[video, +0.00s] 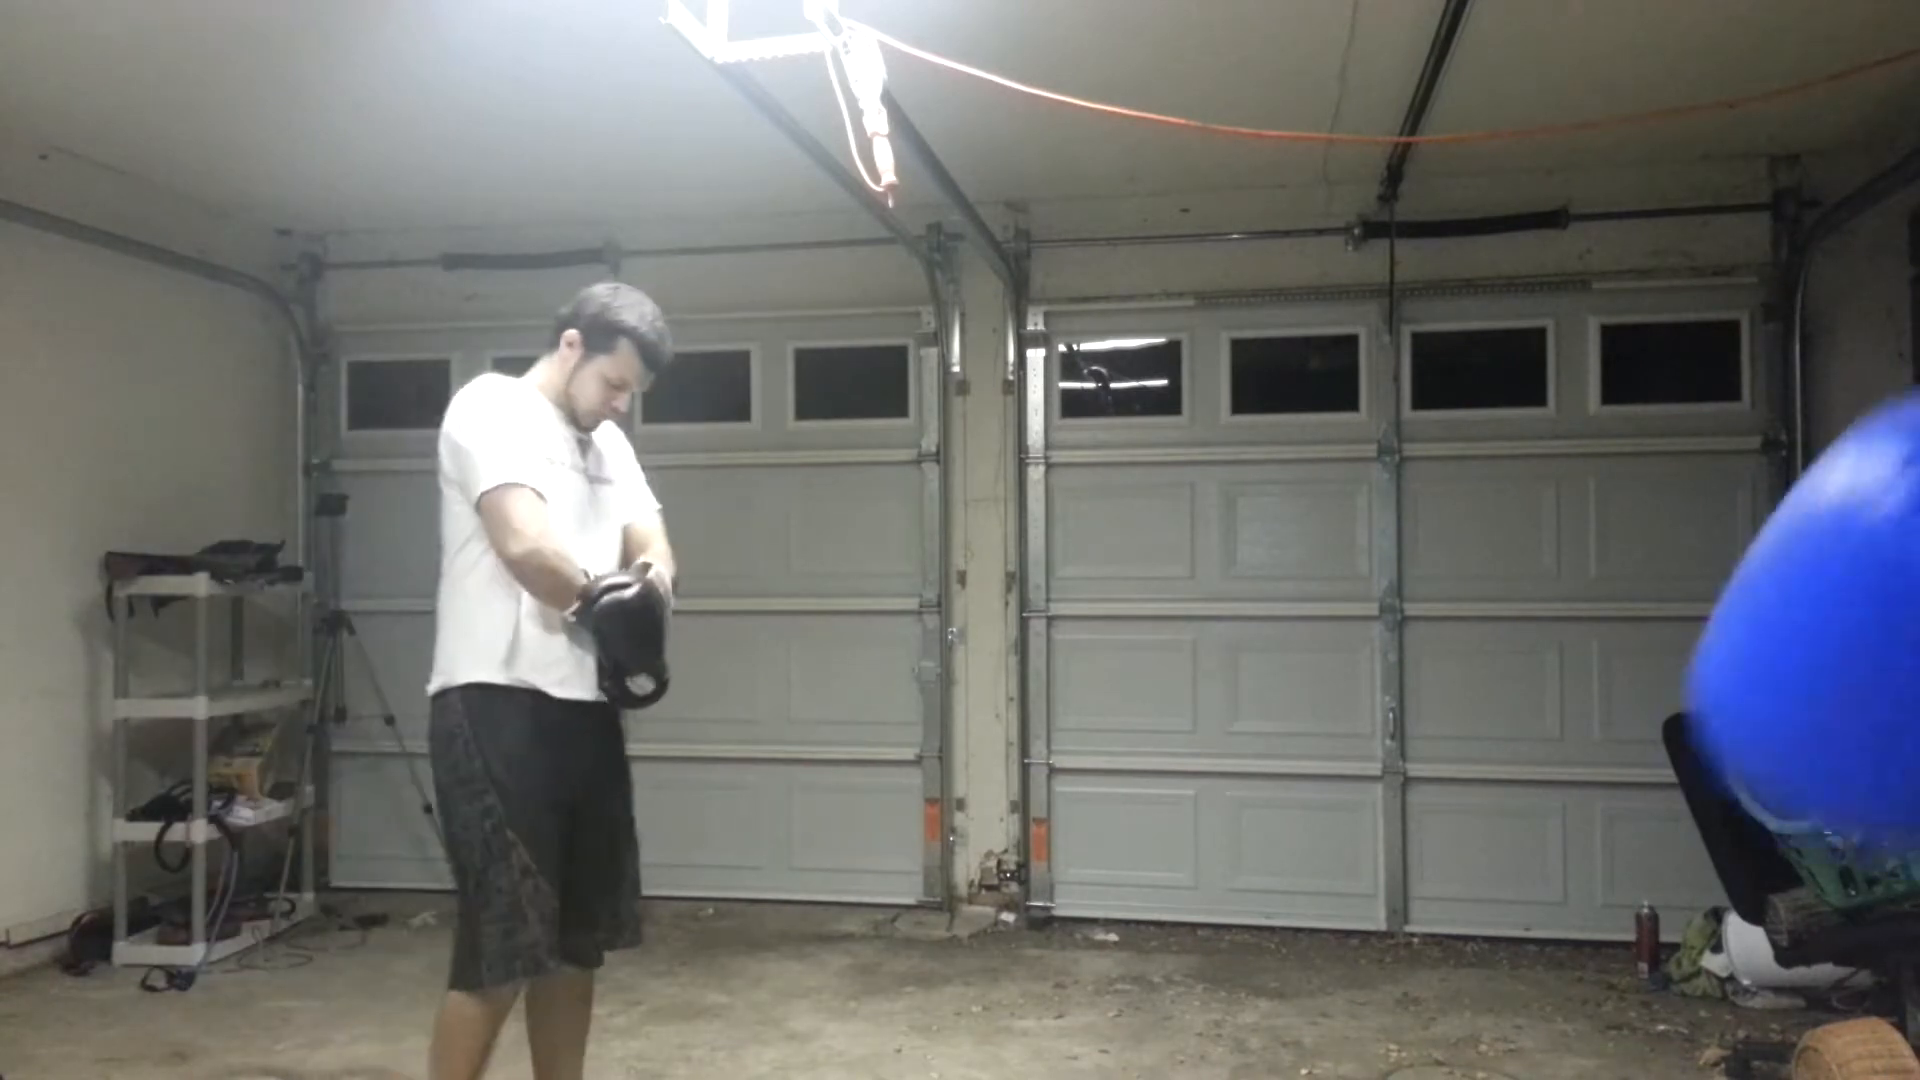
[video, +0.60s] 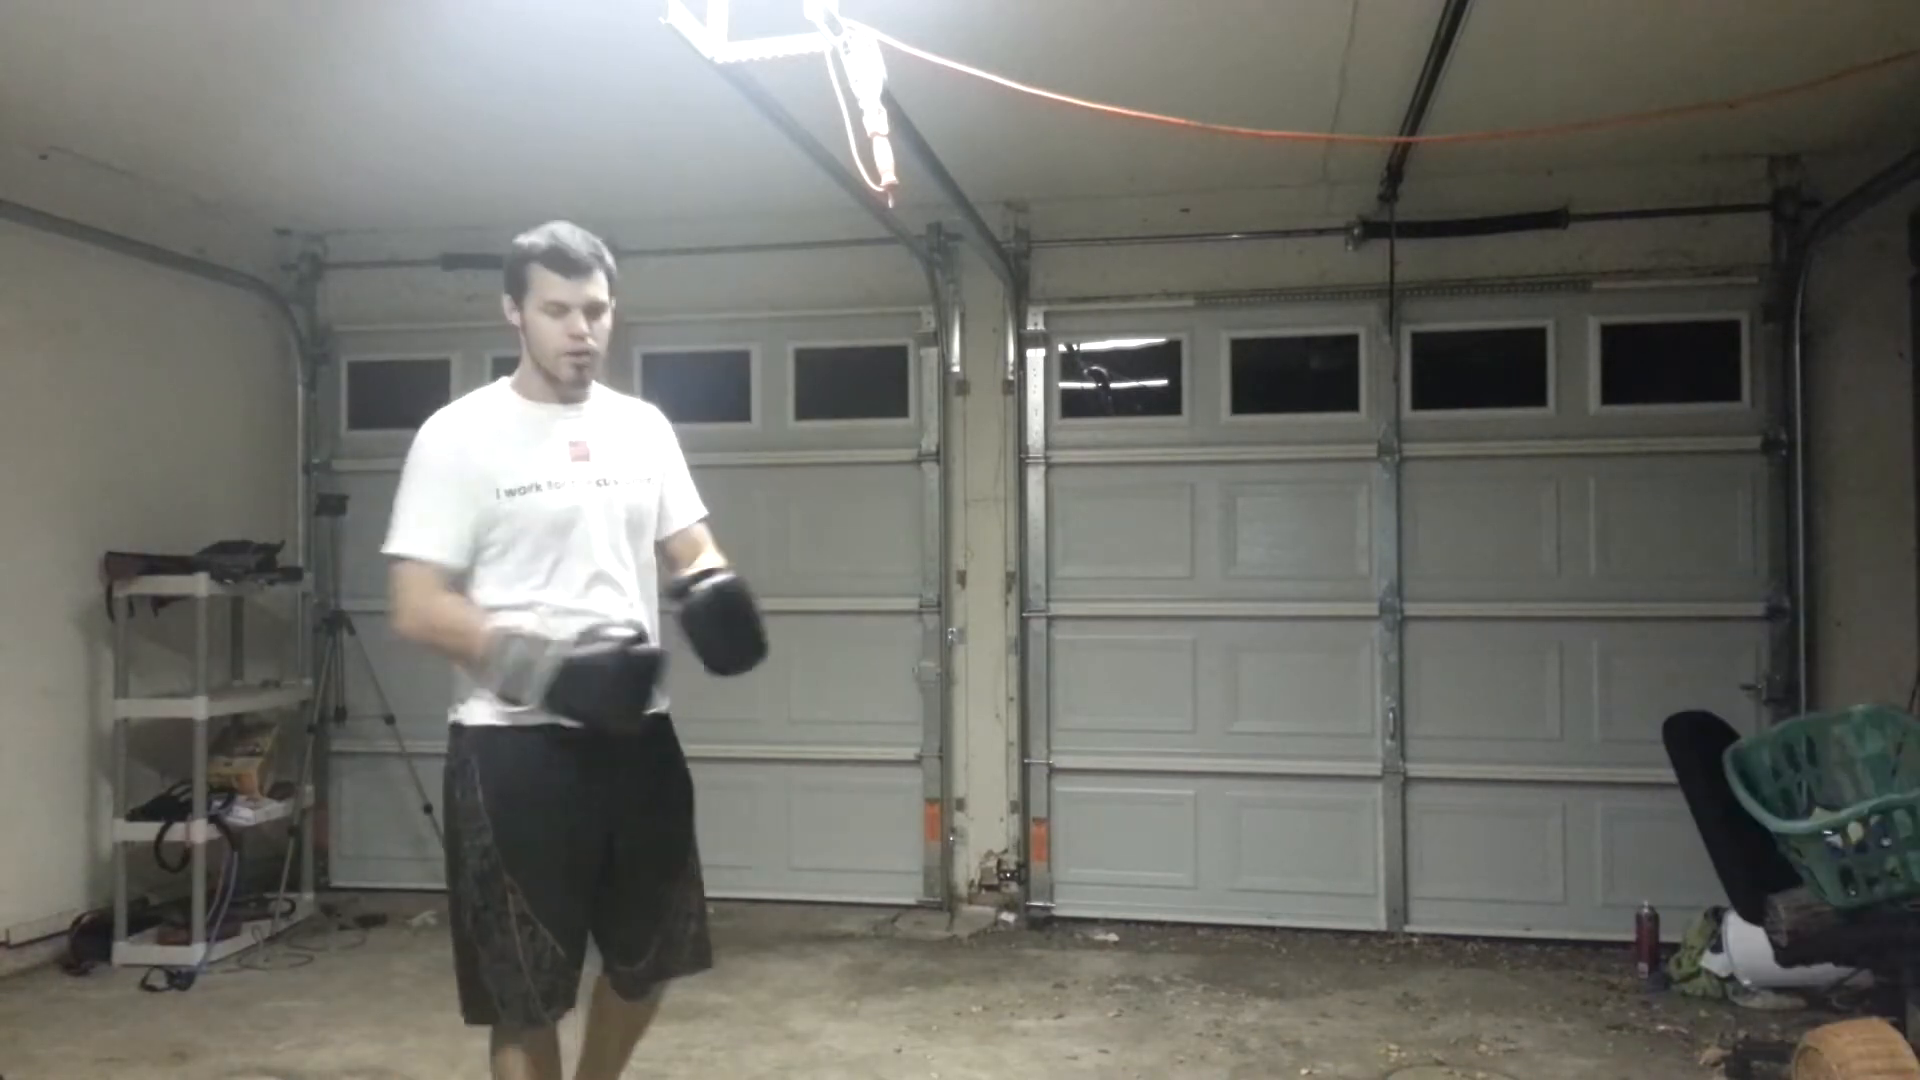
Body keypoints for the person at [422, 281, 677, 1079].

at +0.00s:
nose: (620, 407)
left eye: (632, 394)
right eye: (614, 384)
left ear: (635, 384)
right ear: (569, 347)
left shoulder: (610, 442)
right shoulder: (489, 405)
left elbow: (653, 551)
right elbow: (523, 546)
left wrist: (644, 589)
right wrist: (599, 605)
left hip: (584, 706)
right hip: (491, 701)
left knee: (575, 940)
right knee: (505, 933)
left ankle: (561, 1078)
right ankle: (450, 1070)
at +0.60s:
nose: (581, 331)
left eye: (595, 311)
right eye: (560, 312)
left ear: (613, 314)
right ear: (514, 316)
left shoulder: (641, 425)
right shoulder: (458, 435)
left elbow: (692, 551)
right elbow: (418, 604)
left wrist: (718, 606)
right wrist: (544, 670)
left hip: (636, 737)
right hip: (512, 749)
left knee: (647, 957)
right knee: (527, 994)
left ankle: (592, 1078)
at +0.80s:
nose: (564, 312)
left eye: (580, 291)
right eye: (541, 294)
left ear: (604, 298)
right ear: (502, 305)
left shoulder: (648, 416)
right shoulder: (440, 432)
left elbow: (704, 539)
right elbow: (355, 576)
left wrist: (715, 585)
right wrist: (439, 637)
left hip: (645, 740)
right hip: (511, 752)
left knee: (672, 969)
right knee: (519, 1011)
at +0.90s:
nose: (573, 313)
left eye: (588, 291)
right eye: (549, 293)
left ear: (610, 298)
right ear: (507, 300)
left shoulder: (650, 420)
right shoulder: (441, 431)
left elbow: (701, 548)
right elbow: (366, 580)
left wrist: (700, 587)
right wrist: (438, 627)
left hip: (647, 747)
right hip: (512, 758)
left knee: (673, 989)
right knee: (522, 1016)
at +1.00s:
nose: (580, 311)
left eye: (596, 291)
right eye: (558, 290)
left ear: (617, 298)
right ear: (513, 296)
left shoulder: (658, 420)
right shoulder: (443, 427)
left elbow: (714, 563)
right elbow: (387, 591)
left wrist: (699, 591)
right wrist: (450, 611)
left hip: (647, 748)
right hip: (512, 757)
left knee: (667, 1001)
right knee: (522, 1021)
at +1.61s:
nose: (673, 272)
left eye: (691, 260)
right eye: (650, 252)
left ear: (706, 291)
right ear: (599, 272)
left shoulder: (741, 434)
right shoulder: (508, 399)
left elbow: (785, 597)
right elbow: (411, 557)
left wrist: (723, 602)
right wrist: (503, 581)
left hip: (681, 769)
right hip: (523, 763)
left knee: (675, 1046)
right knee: (487, 1049)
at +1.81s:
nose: (661, 279)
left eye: (677, 263)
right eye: (638, 256)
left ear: (690, 279)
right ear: (582, 264)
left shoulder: (714, 413)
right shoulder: (491, 395)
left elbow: (765, 609)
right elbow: (416, 578)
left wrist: (740, 504)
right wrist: (512, 490)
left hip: (668, 766)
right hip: (509, 760)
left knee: (669, 1052)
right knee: (451, 1051)